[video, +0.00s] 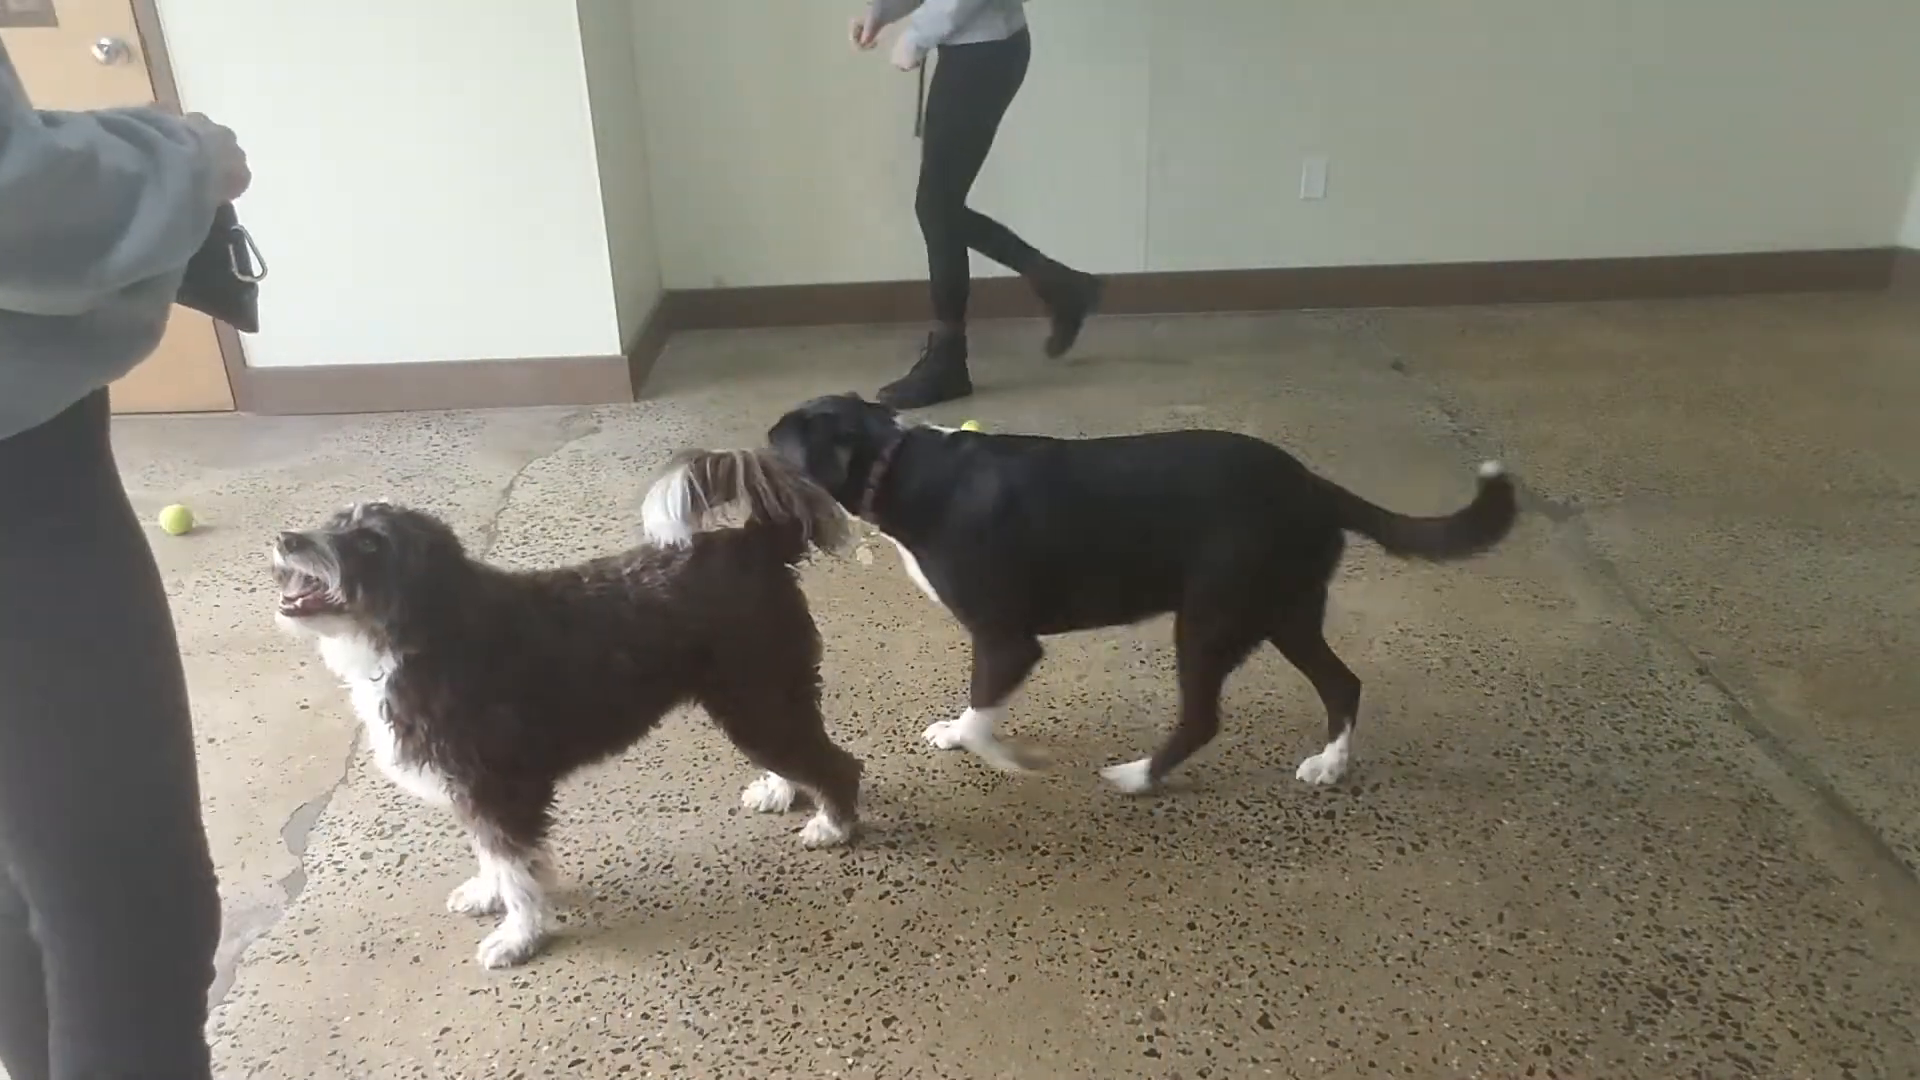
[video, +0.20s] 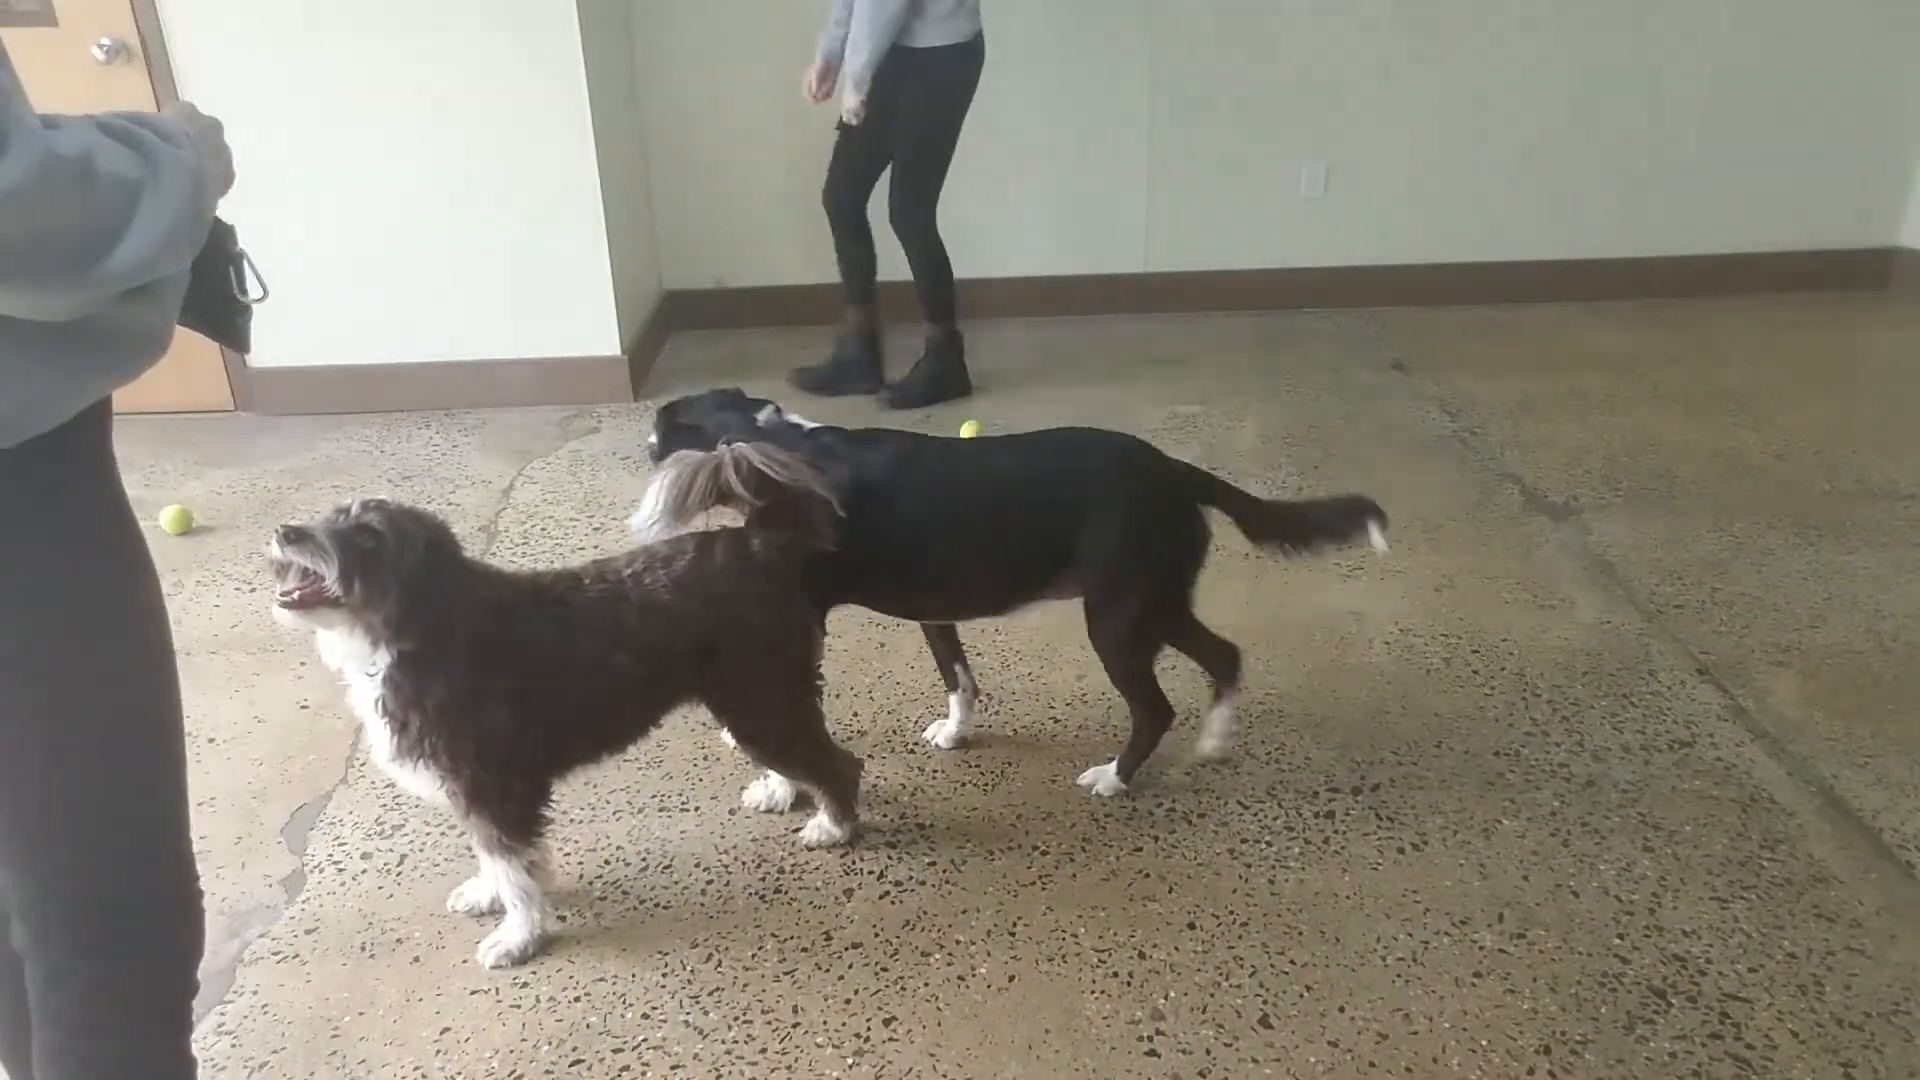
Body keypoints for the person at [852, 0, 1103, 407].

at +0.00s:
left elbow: (964, 6)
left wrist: (916, 35)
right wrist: (880, 12)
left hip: (987, 45)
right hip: (963, 45)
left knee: (938, 206)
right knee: (940, 206)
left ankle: (948, 364)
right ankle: (1062, 286)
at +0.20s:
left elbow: (890, 5)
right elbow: (857, 1)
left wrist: (857, 80)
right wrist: (830, 53)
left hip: (944, 47)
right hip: (889, 46)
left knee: (911, 210)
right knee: (842, 196)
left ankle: (946, 363)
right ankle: (859, 357)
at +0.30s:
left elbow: (869, 8)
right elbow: (821, 5)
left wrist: (842, 89)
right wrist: (809, 79)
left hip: (917, 55)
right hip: (858, 58)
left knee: (892, 219)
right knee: (824, 213)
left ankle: (945, 362)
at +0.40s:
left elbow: (841, 10)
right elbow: (777, 9)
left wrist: (821, 95)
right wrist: (784, 99)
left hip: (886, 58)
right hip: (819, 62)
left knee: (858, 228)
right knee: (791, 219)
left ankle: (936, 351)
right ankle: (776, 368)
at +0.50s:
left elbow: (810, 16)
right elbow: (741, 16)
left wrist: (800, 103)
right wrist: (765, 115)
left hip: (861, 56)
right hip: (794, 58)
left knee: (811, 221)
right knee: (770, 209)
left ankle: (910, 335)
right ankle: (774, 369)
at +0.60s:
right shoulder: (707, 6)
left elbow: (783, 33)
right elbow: (721, 39)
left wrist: (781, 119)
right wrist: (755, 130)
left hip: (843, 50)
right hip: (777, 58)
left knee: (785, 215)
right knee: (757, 213)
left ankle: (865, 349)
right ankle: (772, 370)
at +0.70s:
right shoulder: (684, 7)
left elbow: (770, 49)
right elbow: (713, 59)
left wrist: (771, 130)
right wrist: (755, 142)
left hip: (830, 52)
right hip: (766, 56)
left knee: (782, 213)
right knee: (754, 211)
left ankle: (810, 377)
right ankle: (769, 364)